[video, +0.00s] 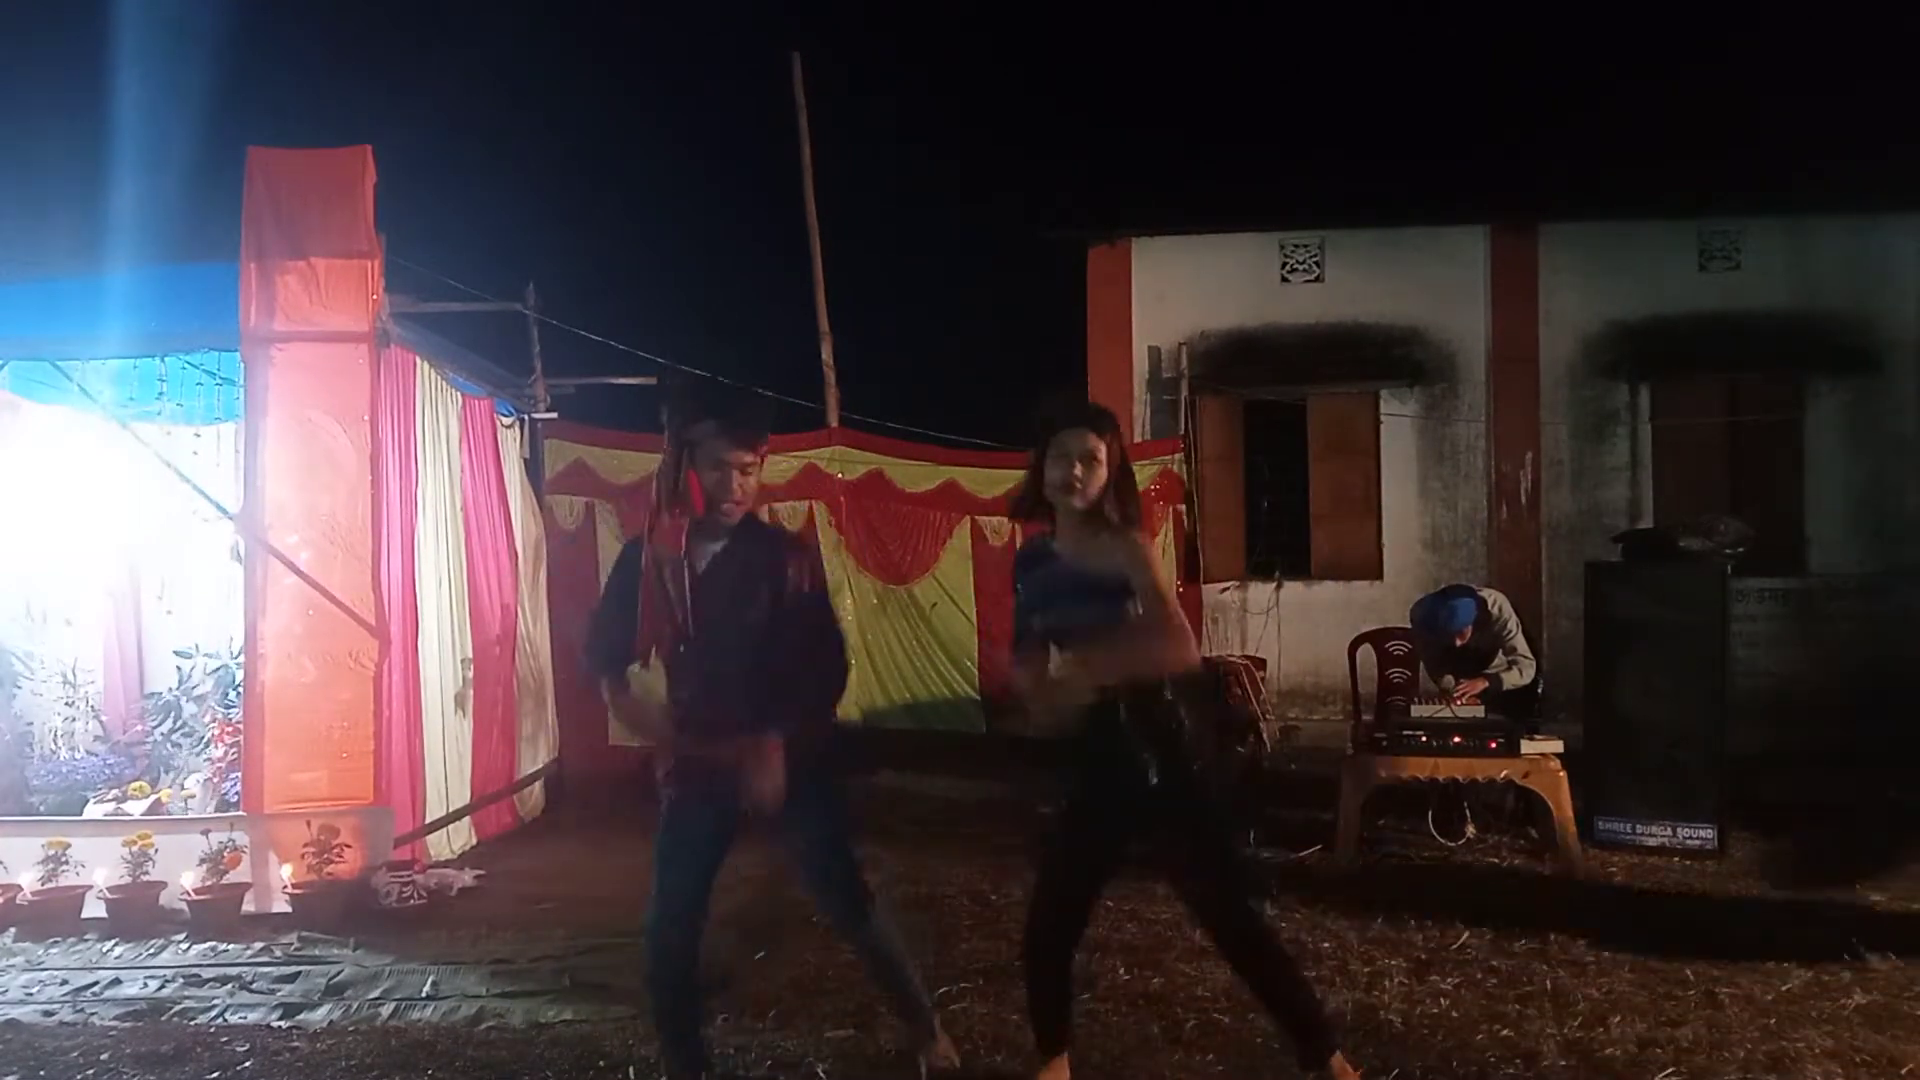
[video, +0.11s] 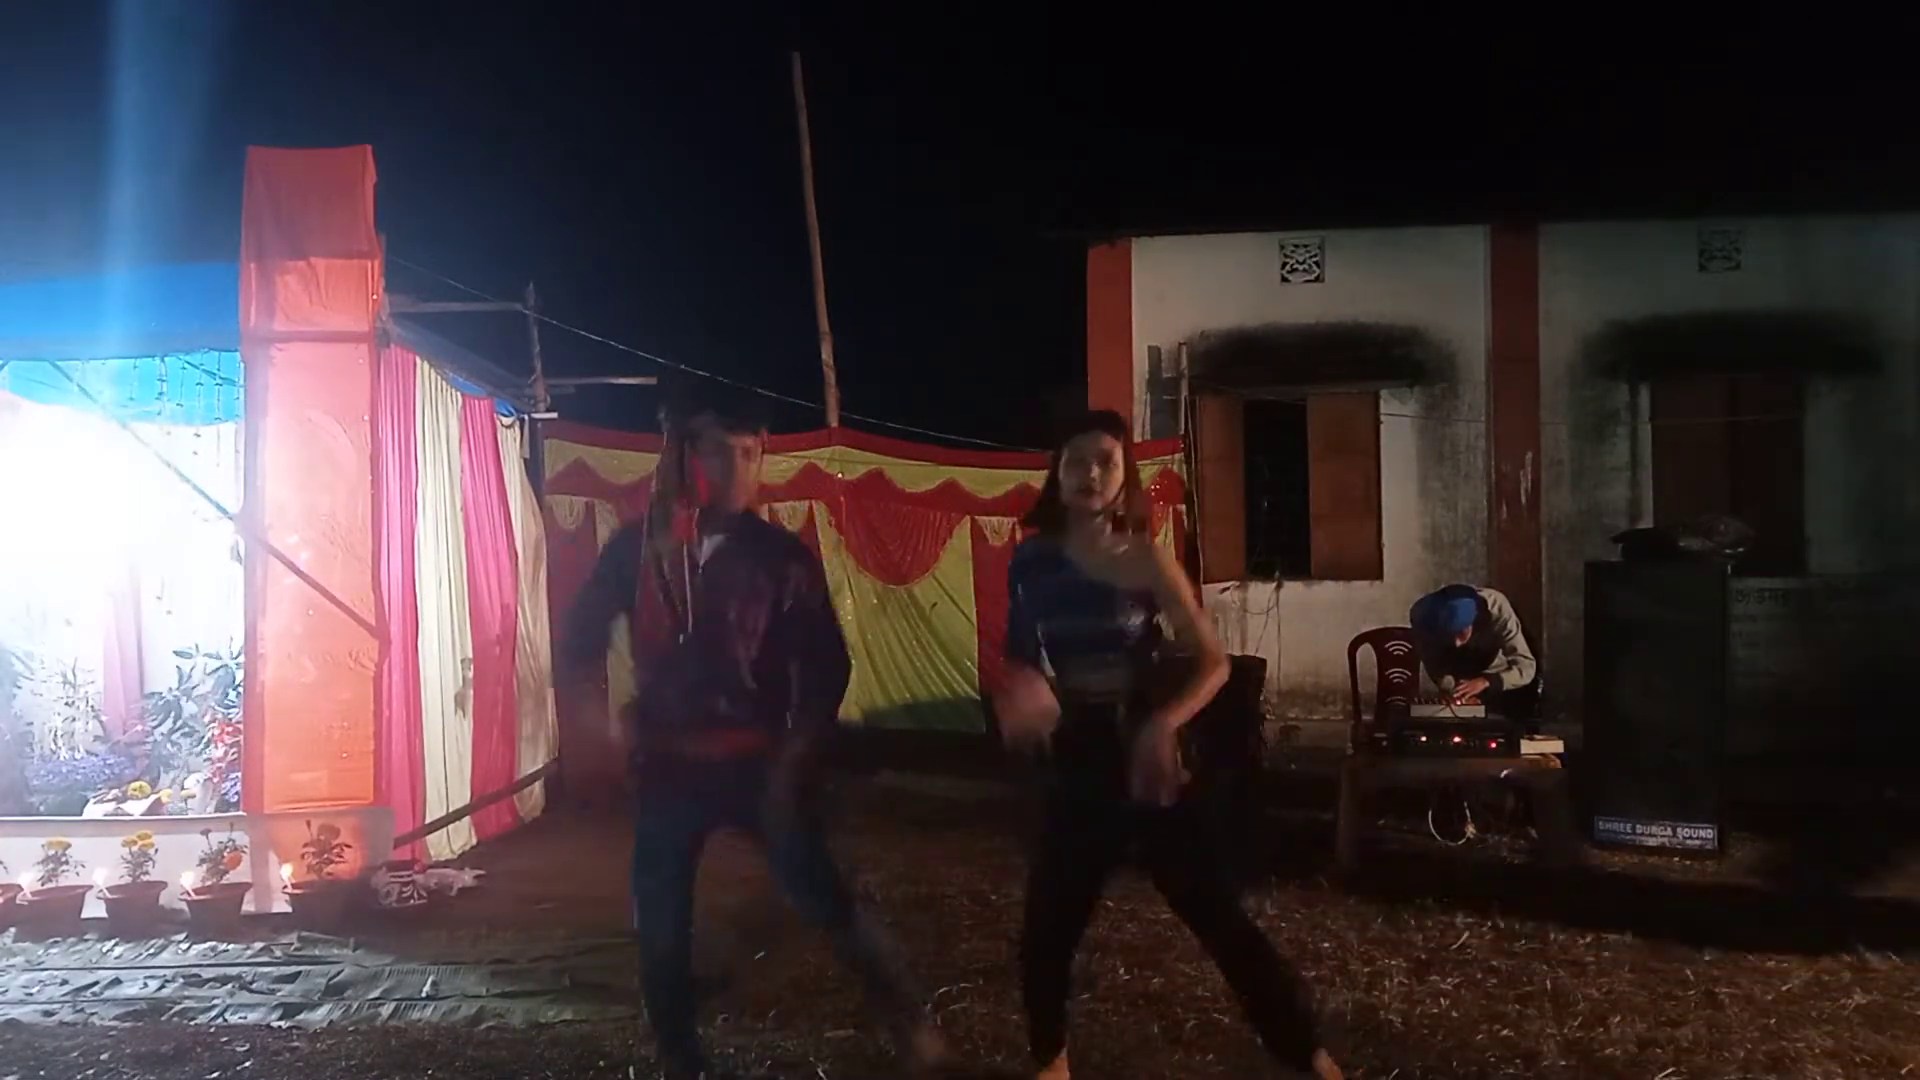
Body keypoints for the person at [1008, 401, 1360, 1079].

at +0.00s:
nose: (1076, 472)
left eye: (1091, 462)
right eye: (1064, 458)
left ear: (1111, 477)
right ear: (1042, 466)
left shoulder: (1128, 546)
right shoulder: (1034, 560)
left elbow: (1180, 648)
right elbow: (1025, 668)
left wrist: (1085, 668)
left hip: (1163, 744)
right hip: (1093, 748)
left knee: (1228, 914)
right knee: (1050, 923)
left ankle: (1328, 1058)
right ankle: (1054, 1058)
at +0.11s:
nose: (1090, 473)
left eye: (1105, 462)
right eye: (1078, 459)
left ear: (1124, 477)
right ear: (1056, 468)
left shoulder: (1146, 557)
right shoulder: (1033, 560)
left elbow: (1214, 661)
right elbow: (1014, 654)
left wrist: (1166, 722)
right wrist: (1019, 682)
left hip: (1151, 746)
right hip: (1079, 749)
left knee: (1213, 915)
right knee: (1049, 918)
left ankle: (1313, 1057)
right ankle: (1051, 1058)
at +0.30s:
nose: (1104, 407)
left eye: (1116, 392)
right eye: (1089, 396)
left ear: (1141, 404)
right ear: (1071, 412)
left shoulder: (1186, 488)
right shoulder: (1067, 488)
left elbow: (1227, 582)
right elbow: (1007, 550)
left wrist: (1203, 664)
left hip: (1167, 678)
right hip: (1089, 677)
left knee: (1202, 858)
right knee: (1055, 857)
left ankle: (1247, 1040)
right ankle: (1026, 1034)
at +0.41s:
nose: (1110, 421)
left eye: (1121, 408)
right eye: (1095, 412)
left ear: (1146, 418)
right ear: (1078, 429)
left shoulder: (1196, 498)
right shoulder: (1081, 508)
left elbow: (1232, 592)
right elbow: (1019, 559)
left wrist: (1222, 677)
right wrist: (1078, 504)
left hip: (1178, 690)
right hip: (1101, 687)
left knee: (1202, 878)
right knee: (1051, 868)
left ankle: (1228, 1045)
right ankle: (1000, 1034)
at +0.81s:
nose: (1074, 418)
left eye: (1090, 403)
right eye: (1063, 403)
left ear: (1122, 404)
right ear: (1050, 406)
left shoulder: (1168, 481)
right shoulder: (1048, 487)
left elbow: (1247, 573)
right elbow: (1029, 600)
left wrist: (1213, 661)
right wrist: (1000, 560)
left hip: (1178, 683)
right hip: (1099, 686)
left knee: (1218, 869)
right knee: (1061, 870)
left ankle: (1268, 1046)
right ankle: (1040, 1045)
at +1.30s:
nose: (1009, 400)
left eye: (1022, 384)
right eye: (1003, 386)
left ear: (1063, 380)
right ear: (1001, 391)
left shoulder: (1116, 460)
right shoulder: (1007, 468)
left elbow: (1186, 568)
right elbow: (958, 572)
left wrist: (1137, 661)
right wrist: (966, 536)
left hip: (1106, 667)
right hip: (1036, 668)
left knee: (1135, 855)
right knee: (1034, 857)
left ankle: (1193, 1027)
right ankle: (1051, 1041)